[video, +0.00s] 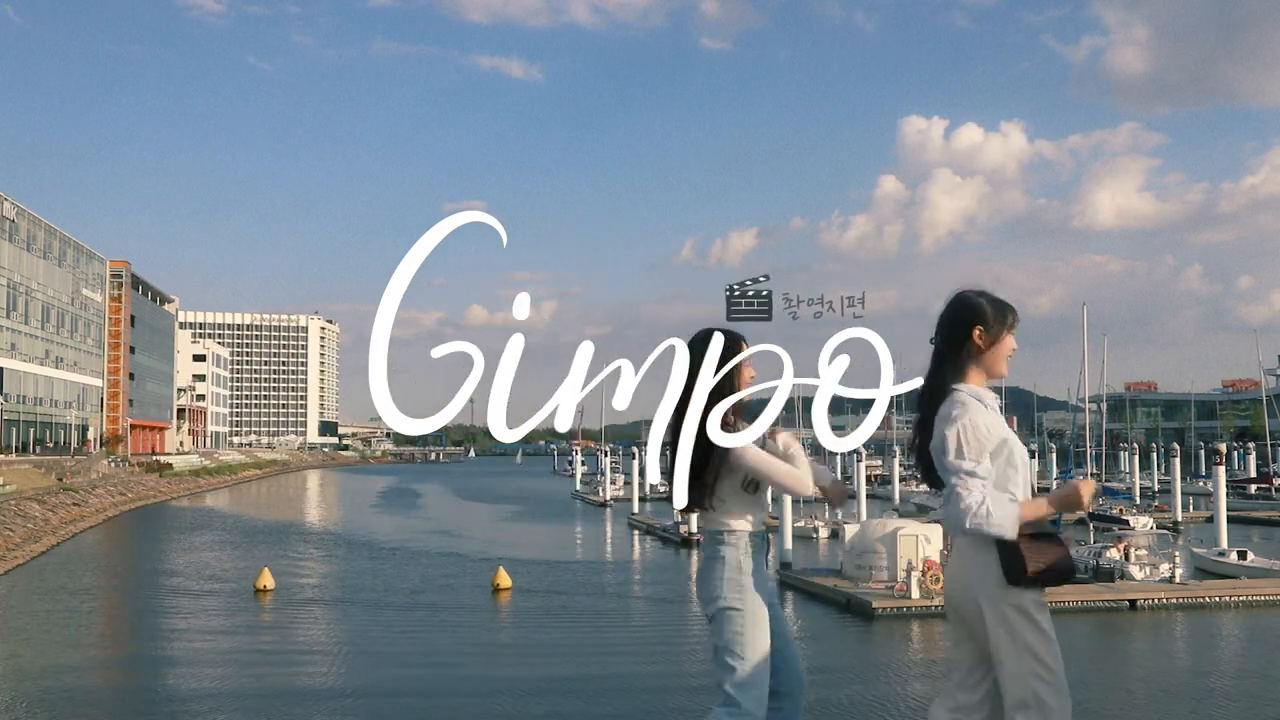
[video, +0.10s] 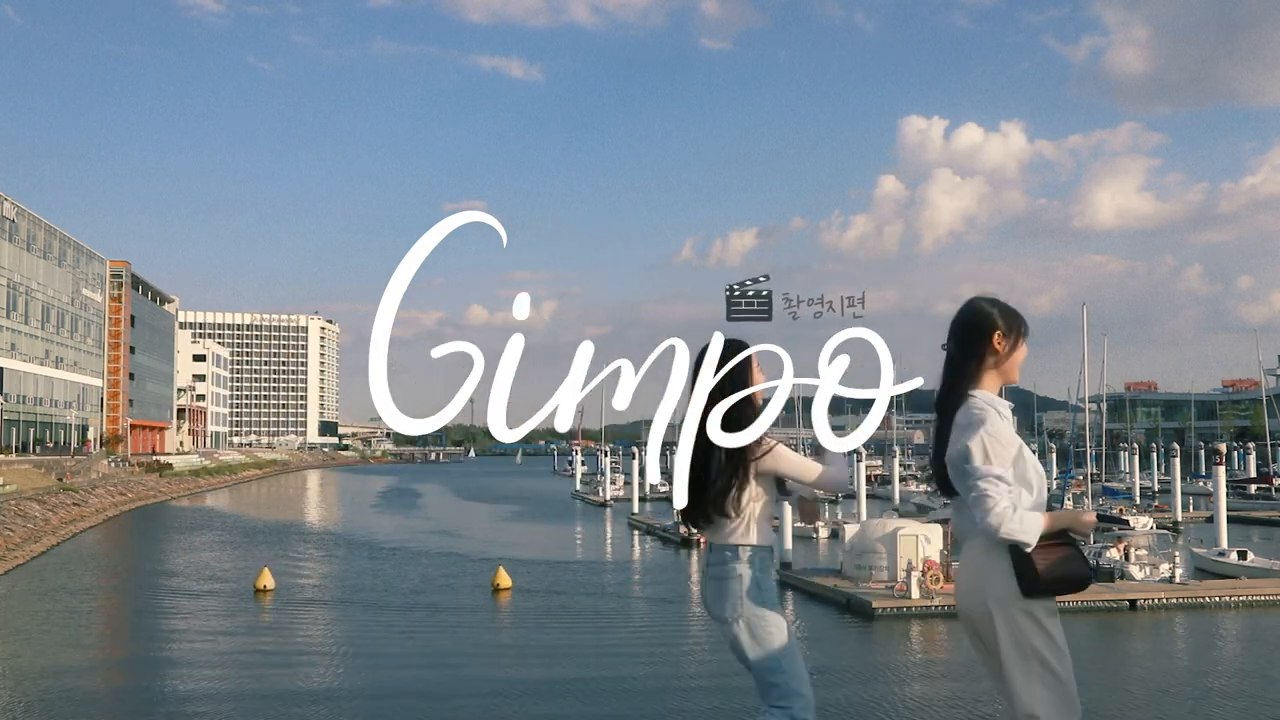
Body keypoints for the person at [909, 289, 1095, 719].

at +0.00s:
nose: (1014, 345)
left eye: (1013, 334)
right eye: (1008, 334)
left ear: (979, 339)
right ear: (979, 337)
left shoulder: (966, 405)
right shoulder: (967, 409)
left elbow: (975, 503)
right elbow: (971, 508)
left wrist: (1044, 505)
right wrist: (1056, 502)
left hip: (972, 559)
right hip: (991, 560)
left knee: (966, 700)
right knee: (1043, 702)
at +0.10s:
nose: (1025, 354)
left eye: (1025, 343)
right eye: (1022, 342)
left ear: (991, 344)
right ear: (998, 342)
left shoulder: (973, 413)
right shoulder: (984, 417)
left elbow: (986, 514)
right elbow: (994, 515)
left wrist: (1057, 519)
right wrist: (1066, 519)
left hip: (983, 566)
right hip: (1000, 569)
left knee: (1030, 703)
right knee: (1053, 704)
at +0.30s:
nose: (1042, 332)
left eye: (1043, 321)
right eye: (1043, 320)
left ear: (985, 315)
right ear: (1029, 314)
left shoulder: (982, 378)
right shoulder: (1014, 375)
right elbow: (1059, 450)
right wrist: (1088, 469)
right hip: (1018, 540)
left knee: (1094, 678)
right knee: (1032, 694)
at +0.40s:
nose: (1054, 327)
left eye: (1053, 316)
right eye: (1055, 315)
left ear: (996, 311)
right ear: (1042, 309)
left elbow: (993, 478)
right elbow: (1084, 462)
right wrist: (1091, 436)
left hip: (1010, 535)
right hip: (1034, 537)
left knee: (1095, 690)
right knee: (1029, 694)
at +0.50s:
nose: (1065, 339)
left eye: (1064, 329)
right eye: (1066, 327)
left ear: (1007, 325)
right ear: (1053, 324)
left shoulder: (998, 392)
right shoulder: (1041, 393)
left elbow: (1004, 491)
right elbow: (1076, 493)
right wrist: (1102, 474)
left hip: (1023, 556)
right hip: (1045, 559)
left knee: (1112, 691)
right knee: (1053, 698)